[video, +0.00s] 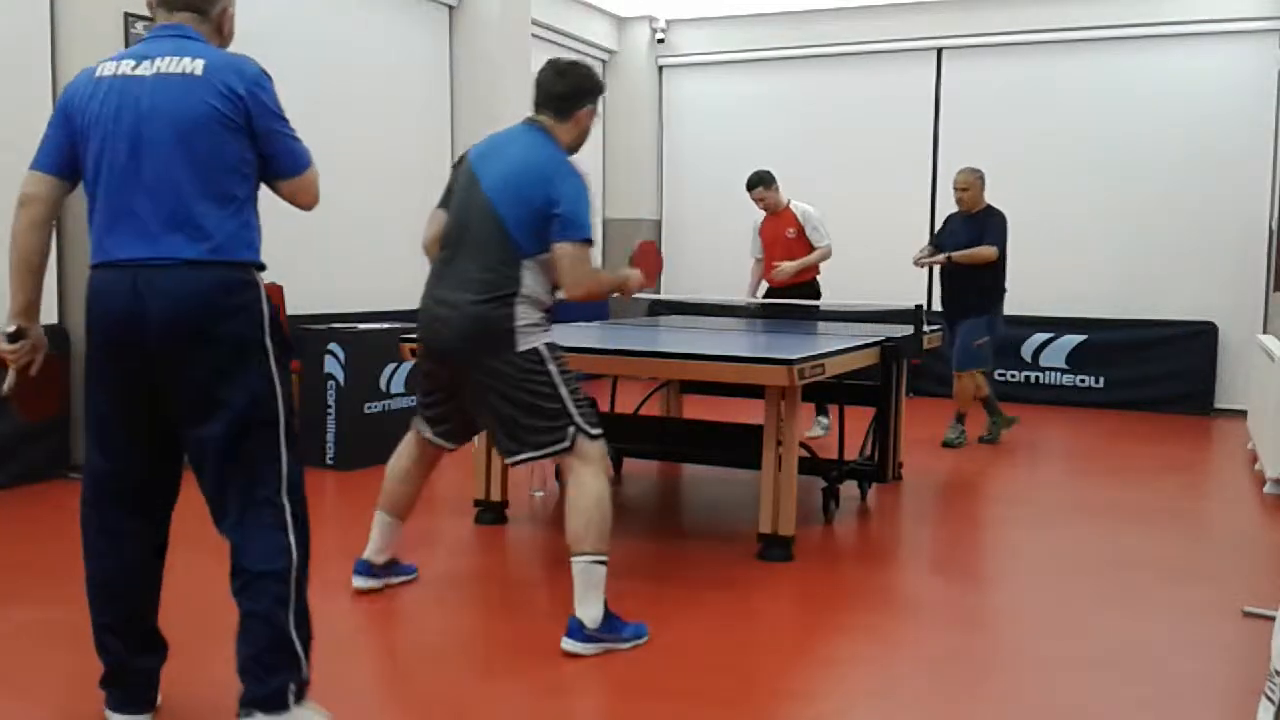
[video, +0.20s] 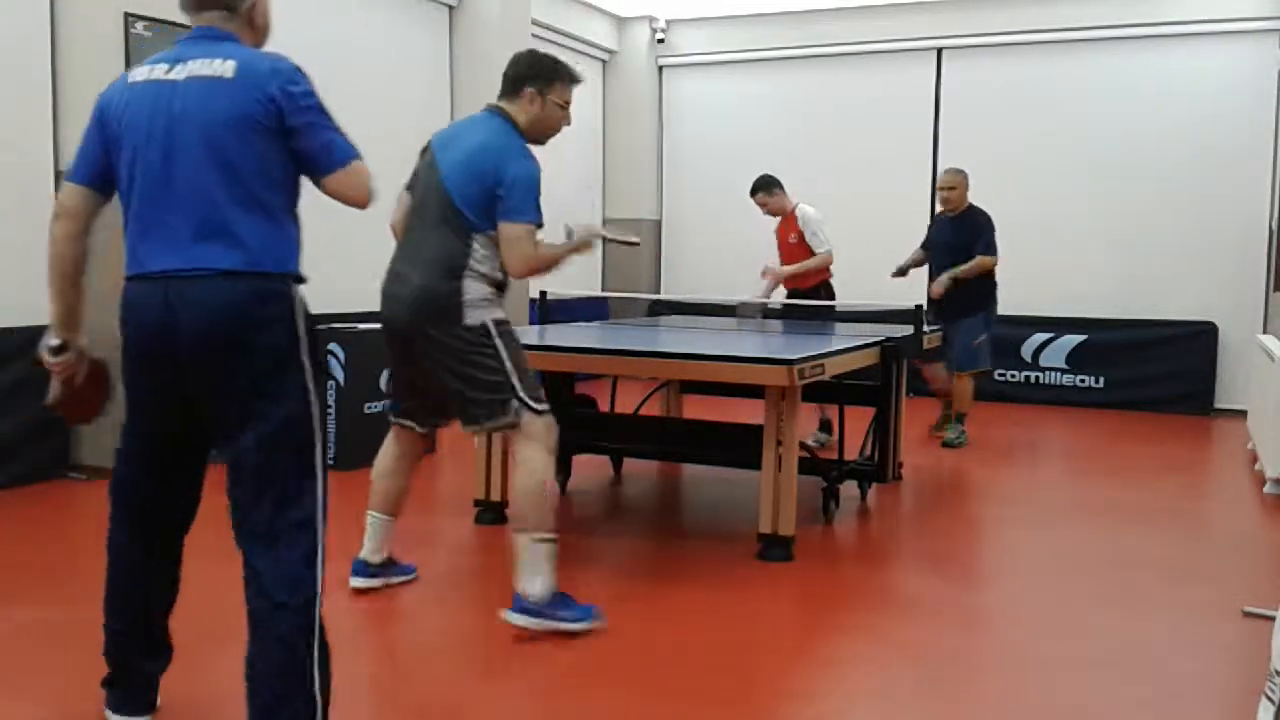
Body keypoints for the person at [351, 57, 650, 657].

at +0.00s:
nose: (591, 127)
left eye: (592, 118)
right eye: (592, 118)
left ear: (537, 105)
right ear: (581, 115)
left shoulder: (480, 153)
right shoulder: (561, 176)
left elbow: (434, 240)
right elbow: (575, 283)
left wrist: (502, 264)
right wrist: (620, 277)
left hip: (440, 323)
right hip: (508, 331)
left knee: (425, 435)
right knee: (586, 456)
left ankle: (374, 559)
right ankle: (591, 618)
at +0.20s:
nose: (566, 120)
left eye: (568, 109)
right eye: (563, 107)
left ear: (517, 98)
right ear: (529, 98)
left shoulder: (449, 137)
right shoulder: (516, 160)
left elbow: (402, 221)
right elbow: (520, 263)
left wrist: (445, 264)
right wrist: (570, 244)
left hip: (404, 304)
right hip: (462, 310)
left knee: (409, 426)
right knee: (535, 432)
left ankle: (370, 558)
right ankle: (536, 593)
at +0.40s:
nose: (554, 114)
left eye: (557, 102)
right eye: (551, 100)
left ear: (503, 89)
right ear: (520, 90)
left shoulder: (435, 126)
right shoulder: (506, 147)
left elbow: (382, 206)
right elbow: (516, 251)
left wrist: (420, 261)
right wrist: (561, 212)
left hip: (383, 300)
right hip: (445, 310)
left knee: (391, 415)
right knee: (493, 440)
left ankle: (340, 534)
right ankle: (477, 600)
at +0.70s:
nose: (528, 143)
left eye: (530, 133)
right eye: (529, 132)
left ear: (475, 119)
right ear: (513, 129)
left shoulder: (426, 155)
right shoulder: (475, 185)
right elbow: (482, 293)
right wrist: (541, 266)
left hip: (360, 312)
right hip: (404, 324)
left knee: (351, 454)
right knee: (465, 444)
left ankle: (321, 588)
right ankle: (474, 598)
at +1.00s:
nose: (521, 144)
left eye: (522, 134)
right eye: (521, 134)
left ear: (467, 123)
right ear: (508, 133)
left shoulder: (419, 158)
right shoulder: (475, 187)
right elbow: (480, 296)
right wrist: (540, 278)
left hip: (353, 311)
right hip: (400, 323)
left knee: (353, 450)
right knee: (458, 445)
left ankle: (317, 564)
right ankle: (474, 599)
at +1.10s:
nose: (521, 146)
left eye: (523, 136)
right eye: (521, 136)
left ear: (466, 124)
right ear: (508, 135)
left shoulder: (418, 158)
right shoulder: (477, 187)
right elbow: (482, 294)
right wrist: (538, 281)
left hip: (349, 301)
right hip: (402, 318)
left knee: (339, 430)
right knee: (459, 445)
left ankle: (313, 552)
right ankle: (474, 600)